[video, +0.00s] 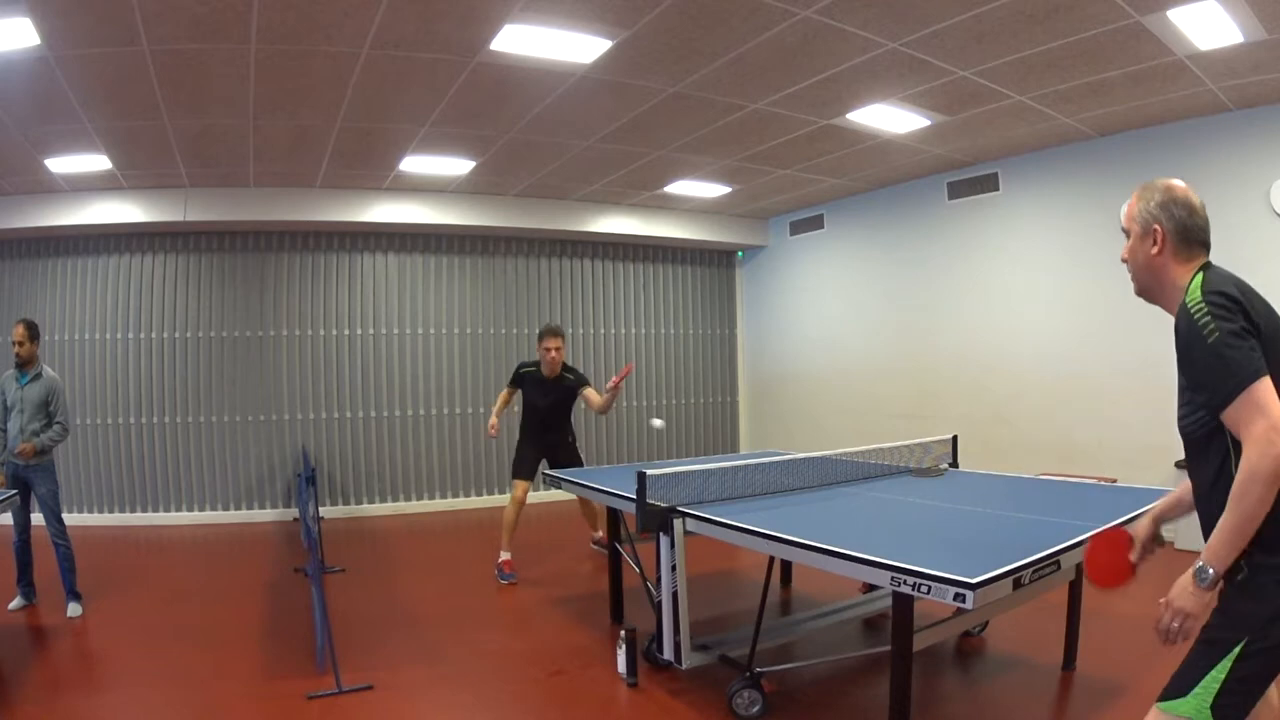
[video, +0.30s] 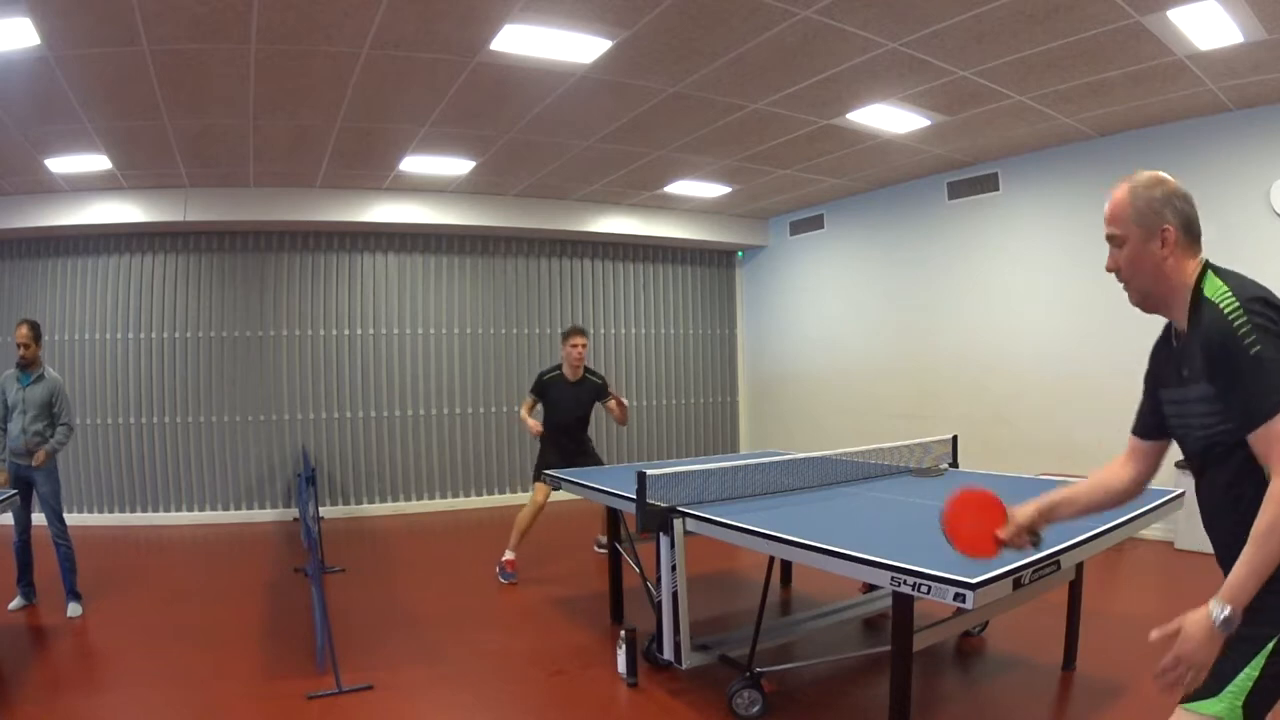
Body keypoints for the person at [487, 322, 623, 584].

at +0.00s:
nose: (553, 355)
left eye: (558, 350)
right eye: (548, 350)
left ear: (564, 351)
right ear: (539, 351)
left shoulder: (573, 378)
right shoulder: (524, 372)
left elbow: (600, 407)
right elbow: (507, 394)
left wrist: (610, 393)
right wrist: (494, 415)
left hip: (562, 443)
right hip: (530, 443)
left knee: (584, 493)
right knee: (518, 497)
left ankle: (598, 536)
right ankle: (504, 557)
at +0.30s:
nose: (579, 351)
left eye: (583, 347)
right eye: (574, 347)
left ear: (588, 350)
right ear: (563, 350)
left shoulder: (596, 382)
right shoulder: (546, 379)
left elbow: (621, 420)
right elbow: (525, 410)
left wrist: (621, 409)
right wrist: (529, 420)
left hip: (582, 447)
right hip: (552, 448)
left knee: (612, 491)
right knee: (539, 499)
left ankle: (606, 539)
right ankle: (508, 557)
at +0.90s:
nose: (588, 331)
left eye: (592, 326)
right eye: (583, 327)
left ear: (596, 330)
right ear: (572, 331)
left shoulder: (600, 363)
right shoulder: (558, 360)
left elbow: (604, 397)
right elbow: (539, 395)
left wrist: (618, 402)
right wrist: (564, 408)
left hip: (588, 434)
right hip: (563, 434)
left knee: (599, 488)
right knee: (558, 493)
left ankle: (604, 536)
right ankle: (542, 549)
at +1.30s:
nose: (571, 331)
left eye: (575, 325)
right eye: (565, 327)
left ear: (580, 327)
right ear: (555, 330)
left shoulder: (587, 359)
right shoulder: (542, 360)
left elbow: (592, 389)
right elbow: (527, 398)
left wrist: (602, 394)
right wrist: (551, 411)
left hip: (579, 433)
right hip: (552, 436)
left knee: (590, 486)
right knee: (546, 492)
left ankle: (589, 538)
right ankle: (540, 550)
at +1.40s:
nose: (578, 330)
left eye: (581, 325)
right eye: (572, 326)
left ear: (585, 327)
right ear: (560, 329)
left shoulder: (590, 359)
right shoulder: (546, 359)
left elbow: (596, 392)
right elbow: (530, 396)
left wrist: (605, 394)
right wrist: (553, 409)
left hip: (581, 434)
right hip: (554, 435)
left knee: (588, 488)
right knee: (547, 491)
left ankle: (587, 540)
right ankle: (540, 550)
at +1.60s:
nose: (596, 332)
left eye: (599, 327)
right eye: (591, 327)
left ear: (602, 329)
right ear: (577, 329)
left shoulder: (602, 362)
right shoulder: (559, 357)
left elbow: (604, 400)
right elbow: (539, 391)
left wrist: (613, 395)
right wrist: (560, 403)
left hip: (590, 433)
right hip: (564, 434)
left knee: (595, 488)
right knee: (554, 491)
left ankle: (589, 540)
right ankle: (542, 549)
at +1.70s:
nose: (603, 334)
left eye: (606, 329)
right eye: (598, 329)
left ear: (608, 331)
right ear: (584, 330)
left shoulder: (606, 365)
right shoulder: (564, 358)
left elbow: (608, 402)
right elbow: (541, 390)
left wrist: (620, 397)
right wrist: (561, 399)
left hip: (593, 436)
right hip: (567, 437)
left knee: (599, 489)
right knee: (557, 491)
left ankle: (589, 540)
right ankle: (544, 548)